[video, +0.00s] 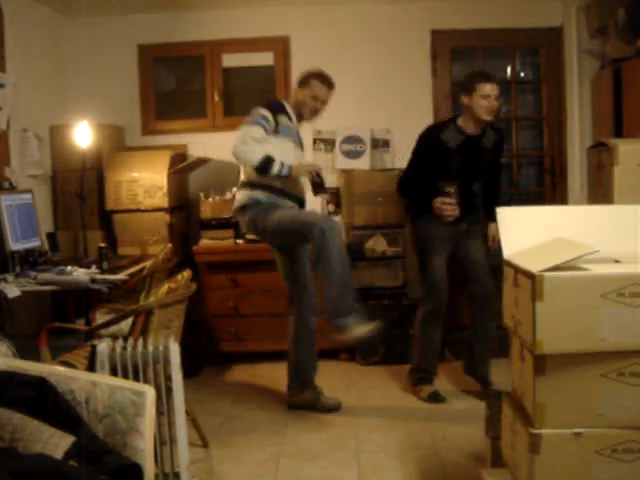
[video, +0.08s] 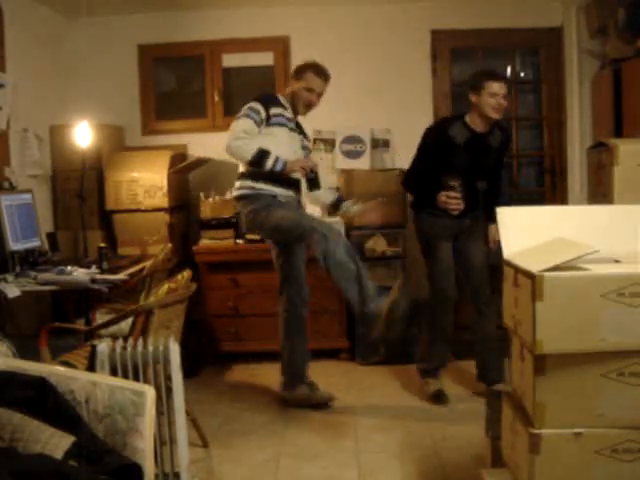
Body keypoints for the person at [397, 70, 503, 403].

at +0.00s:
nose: (493, 104)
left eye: (496, 98)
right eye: (486, 98)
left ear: (498, 102)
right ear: (465, 100)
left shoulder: (493, 138)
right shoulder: (435, 137)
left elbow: (493, 185)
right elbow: (407, 184)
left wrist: (493, 220)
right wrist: (430, 204)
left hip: (472, 224)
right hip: (434, 225)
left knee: (484, 291)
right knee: (437, 294)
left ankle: (479, 369)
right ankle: (423, 374)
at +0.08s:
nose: (500, 103)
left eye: (503, 97)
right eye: (494, 97)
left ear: (505, 101)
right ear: (474, 98)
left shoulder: (499, 136)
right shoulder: (442, 132)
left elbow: (495, 183)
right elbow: (412, 180)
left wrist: (493, 220)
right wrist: (434, 196)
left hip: (473, 221)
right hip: (436, 220)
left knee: (483, 294)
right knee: (444, 292)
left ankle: (491, 374)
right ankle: (431, 372)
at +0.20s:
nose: (511, 123)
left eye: (516, 117)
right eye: (504, 116)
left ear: (520, 122)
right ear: (486, 119)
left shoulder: (512, 163)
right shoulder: (457, 147)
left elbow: (509, 209)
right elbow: (419, 188)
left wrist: (505, 245)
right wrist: (440, 199)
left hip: (482, 240)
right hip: (444, 238)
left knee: (488, 309)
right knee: (453, 309)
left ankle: (487, 378)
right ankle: (468, 383)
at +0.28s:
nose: (511, 128)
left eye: (516, 122)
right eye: (504, 122)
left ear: (521, 128)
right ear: (488, 126)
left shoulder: (515, 169)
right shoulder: (459, 154)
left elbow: (512, 214)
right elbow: (420, 192)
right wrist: (440, 200)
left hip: (486, 245)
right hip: (448, 243)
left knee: (490, 313)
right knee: (459, 314)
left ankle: (490, 380)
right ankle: (476, 392)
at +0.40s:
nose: (488, 125)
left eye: (495, 119)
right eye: (483, 119)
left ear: (508, 124)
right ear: (476, 124)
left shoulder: (516, 168)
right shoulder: (456, 158)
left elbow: (523, 224)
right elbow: (422, 199)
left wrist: (511, 206)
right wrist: (439, 203)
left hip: (498, 250)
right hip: (458, 248)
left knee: (501, 315)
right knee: (471, 313)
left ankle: (493, 379)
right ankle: (477, 393)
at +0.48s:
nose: (462, 101)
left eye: (469, 95)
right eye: (459, 96)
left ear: (489, 99)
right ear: (456, 102)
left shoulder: (510, 141)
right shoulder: (447, 140)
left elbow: (527, 189)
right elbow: (422, 189)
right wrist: (434, 197)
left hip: (499, 233)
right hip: (457, 234)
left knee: (497, 303)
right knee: (464, 303)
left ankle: (493, 372)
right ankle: (473, 375)